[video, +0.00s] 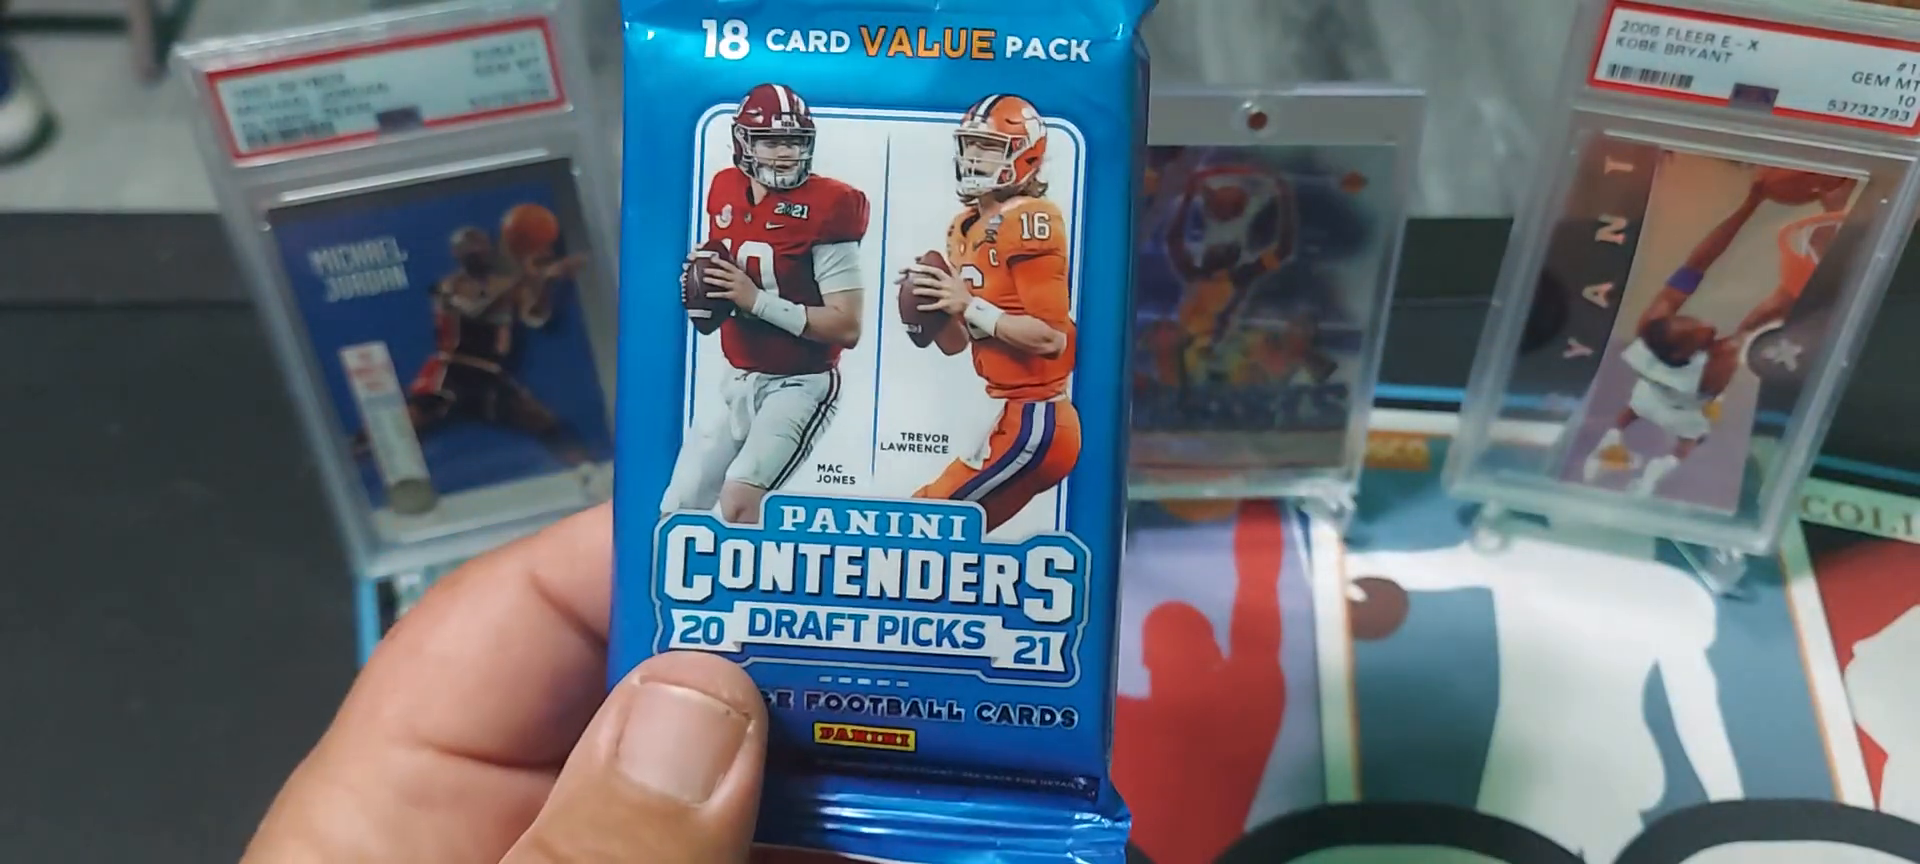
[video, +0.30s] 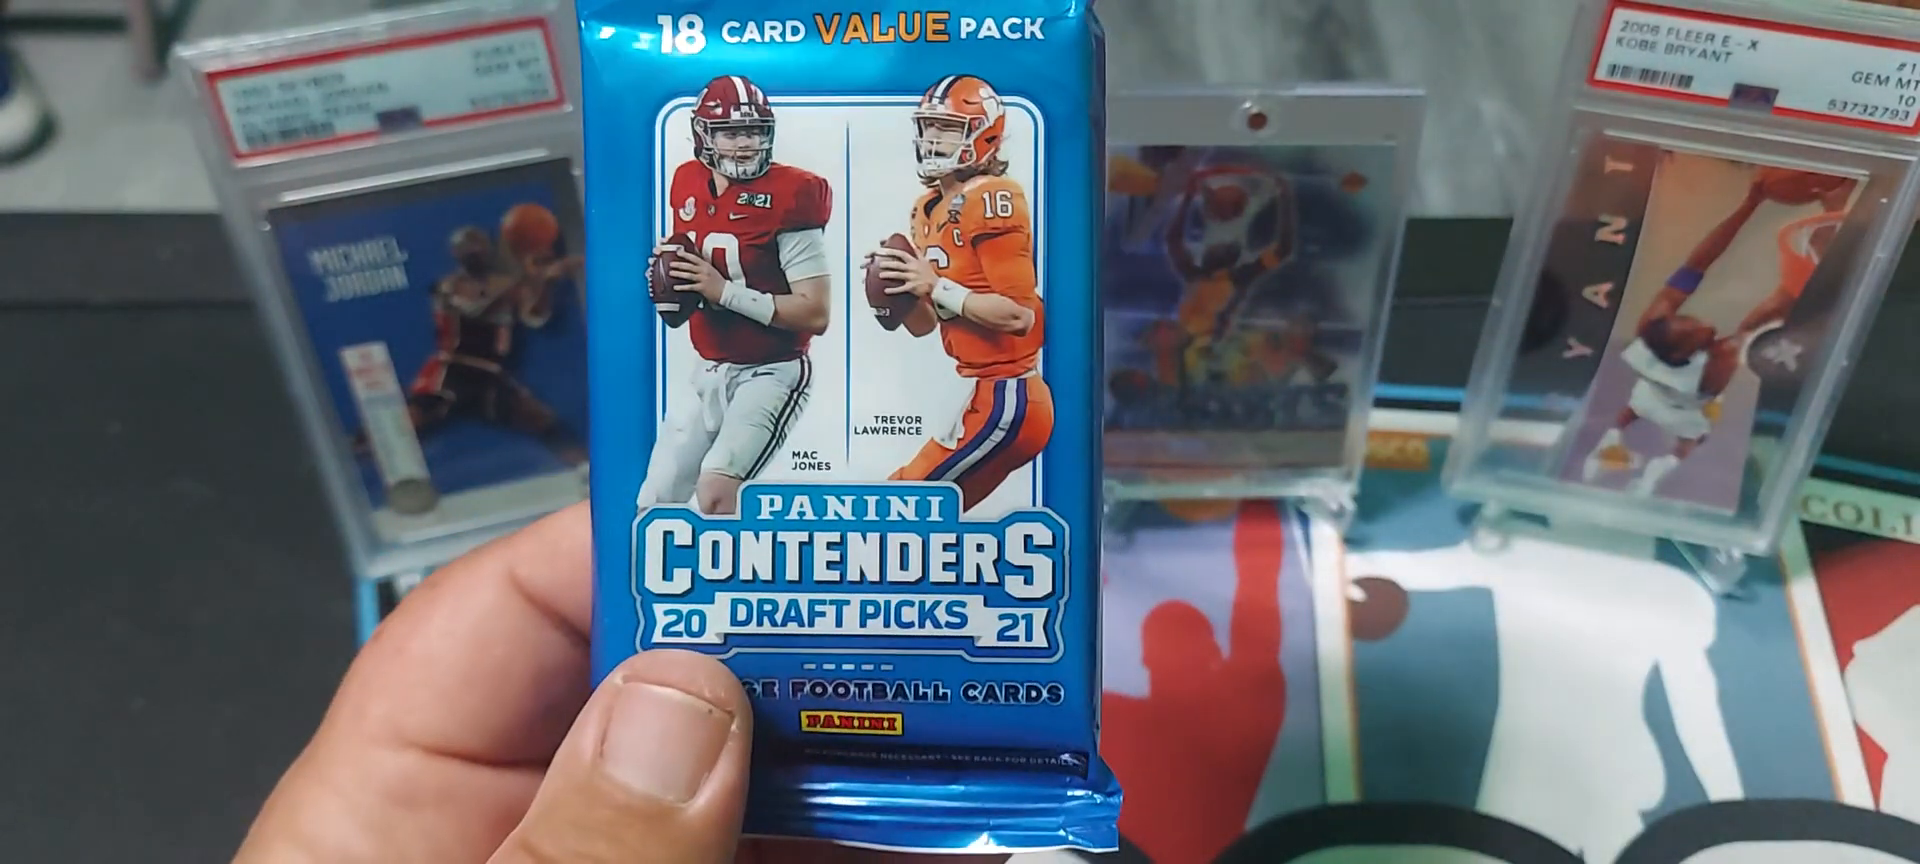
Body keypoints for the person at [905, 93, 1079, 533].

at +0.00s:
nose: (973, 158)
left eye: (988, 148)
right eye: (969, 145)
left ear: (1023, 157)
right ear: (959, 148)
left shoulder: (1032, 219)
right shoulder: (963, 226)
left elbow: (1049, 337)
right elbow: (954, 343)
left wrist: (967, 304)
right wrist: (929, 307)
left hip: (1037, 420)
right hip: (1012, 417)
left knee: (919, 526)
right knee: (932, 536)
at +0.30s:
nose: (932, 141)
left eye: (947, 130)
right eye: (928, 129)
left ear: (982, 136)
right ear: (920, 131)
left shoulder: (994, 197)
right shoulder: (926, 207)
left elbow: (1018, 315)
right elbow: (922, 324)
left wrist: (934, 286)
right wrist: (891, 290)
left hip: (1009, 399)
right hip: (985, 395)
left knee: (894, 509)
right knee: (904, 516)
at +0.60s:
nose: (910, 130)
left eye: (925, 118)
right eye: (905, 117)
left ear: (959, 124)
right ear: (896, 120)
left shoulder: (971, 185)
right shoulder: (904, 195)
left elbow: (997, 302)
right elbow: (901, 312)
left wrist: (914, 274)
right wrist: (868, 283)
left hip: (988, 386)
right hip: (965, 383)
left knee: (874, 498)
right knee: (890, 509)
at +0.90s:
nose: (950, 151)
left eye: (965, 140)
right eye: (945, 139)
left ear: (1001, 146)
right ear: (936, 142)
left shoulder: (1012, 208)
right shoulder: (945, 221)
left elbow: (1043, 327)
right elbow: (942, 338)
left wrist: (956, 300)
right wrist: (914, 299)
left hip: (1032, 413)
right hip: (1010, 411)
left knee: (922, 528)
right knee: (944, 541)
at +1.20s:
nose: (925, 165)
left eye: (941, 152)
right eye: (919, 152)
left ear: (978, 157)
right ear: (909, 156)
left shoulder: (993, 221)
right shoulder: (924, 237)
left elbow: (1024, 340)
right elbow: (928, 352)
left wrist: (935, 313)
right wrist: (900, 319)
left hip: (1020, 424)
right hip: (991, 422)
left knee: (909, 542)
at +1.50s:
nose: (943, 167)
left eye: (958, 154)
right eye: (937, 154)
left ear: (995, 160)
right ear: (928, 158)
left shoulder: (1008, 224)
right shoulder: (939, 239)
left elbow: (1039, 344)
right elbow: (939, 356)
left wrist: (951, 317)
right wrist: (908, 320)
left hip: (1030, 431)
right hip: (1009, 428)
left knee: (920, 545)